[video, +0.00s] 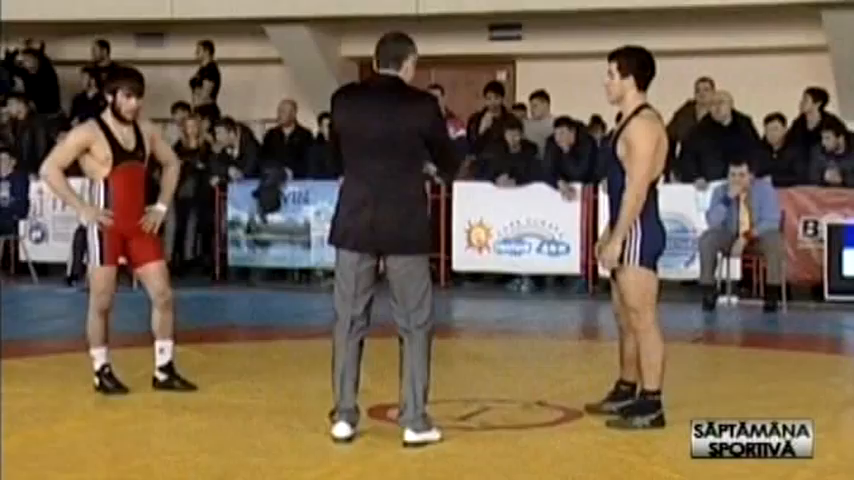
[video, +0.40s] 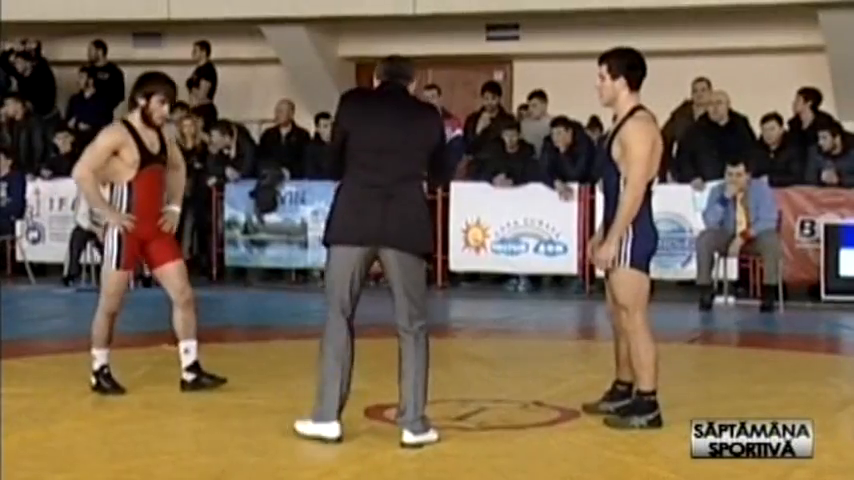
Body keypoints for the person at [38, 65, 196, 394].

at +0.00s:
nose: (135, 103)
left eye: (138, 96)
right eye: (129, 96)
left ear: (141, 98)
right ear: (111, 97)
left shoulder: (146, 129)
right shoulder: (89, 132)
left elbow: (172, 163)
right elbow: (49, 170)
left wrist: (161, 206)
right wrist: (82, 208)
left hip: (141, 226)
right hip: (105, 227)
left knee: (163, 295)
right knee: (101, 301)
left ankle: (164, 368)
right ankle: (101, 368)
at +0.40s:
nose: (167, 110)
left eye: (169, 104)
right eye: (162, 103)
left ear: (168, 106)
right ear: (143, 101)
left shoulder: (165, 135)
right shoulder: (117, 134)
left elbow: (178, 167)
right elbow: (82, 172)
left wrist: (175, 205)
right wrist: (109, 212)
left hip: (158, 229)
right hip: (123, 229)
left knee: (184, 295)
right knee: (111, 303)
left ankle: (191, 368)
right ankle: (100, 368)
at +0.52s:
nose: (186, 112)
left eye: (188, 105)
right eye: (181, 104)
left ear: (184, 106)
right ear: (162, 102)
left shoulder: (180, 134)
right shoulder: (135, 134)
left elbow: (193, 169)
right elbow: (101, 175)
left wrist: (190, 207)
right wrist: (125, 216)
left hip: (171, 230)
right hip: (138, 229)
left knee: (195, 296)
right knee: (122, 302)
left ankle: (194, 370)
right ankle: (102, 368)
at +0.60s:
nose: (200, 113)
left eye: (202, 107)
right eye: (194, 106)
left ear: (201, 108)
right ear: (175, 105)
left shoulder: (194, 137)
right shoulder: (149, 135)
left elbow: (205, 172)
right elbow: (115, 175)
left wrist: (200, 208)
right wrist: (138, 218)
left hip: (183, 231)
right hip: (151, 230)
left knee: (202, 299)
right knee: (133, 303)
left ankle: (195, 371)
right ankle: (105, 364)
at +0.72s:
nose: (220, 114)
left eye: (223, 108)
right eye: (216, 107)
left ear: (221, 109)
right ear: (198, 104)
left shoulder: (213, 137)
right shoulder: (171, 133)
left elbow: (225, 171)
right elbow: (135, 171)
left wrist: (220, 207)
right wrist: (158, 215)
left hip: (202, 224)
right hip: (170, 224)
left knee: (208, 298)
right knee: (170, 304)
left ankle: (195, 372)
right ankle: (122, 353)